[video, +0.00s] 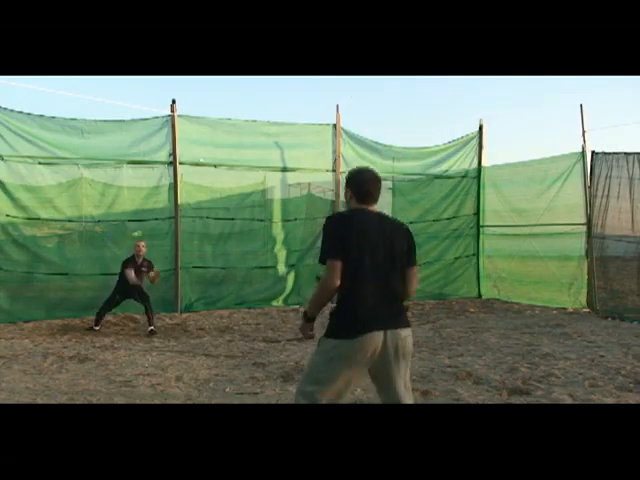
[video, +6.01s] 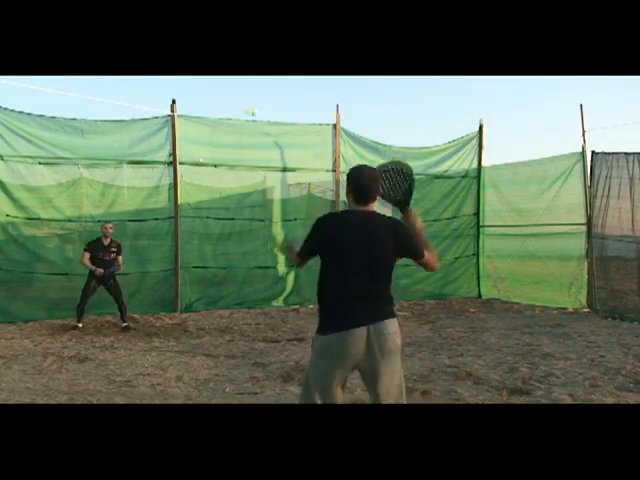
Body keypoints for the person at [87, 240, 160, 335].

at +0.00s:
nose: (140, 249)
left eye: (142, 247)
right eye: (137, 246)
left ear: (145, 249)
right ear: (134, 249)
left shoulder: (148, 264)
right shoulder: (128, 262)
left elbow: (152, 280)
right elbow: (131, 280)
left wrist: (155, 277)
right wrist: (138, 282)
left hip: (136, 290)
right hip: (122, 290)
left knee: (146, 300)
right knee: (105, 308)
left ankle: (151, 327)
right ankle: (96, 326)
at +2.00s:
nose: (97, 232)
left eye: (99, 229)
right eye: (94, 230)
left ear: (103, 230)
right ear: (92, 231)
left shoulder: (111, 245)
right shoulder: (86, 245)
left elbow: (118, 260)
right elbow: (81, 258)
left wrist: (115, 271)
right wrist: (77, 270)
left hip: (106, 275)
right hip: (92, 275)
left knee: (110, 298)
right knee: (84, 297)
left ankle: (109, 320)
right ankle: (86, 321)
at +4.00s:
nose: (100, 251)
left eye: (101, 249)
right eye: (97, 249)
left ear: (104, 251)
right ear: (94, 251)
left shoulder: (109, 264)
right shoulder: (87, 263)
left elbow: (111, 279)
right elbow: (82, 276)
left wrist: (107, 290)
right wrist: (87, 278)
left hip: (101, 290)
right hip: (87, 290)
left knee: (117, 301)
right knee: (73, 304)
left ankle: (118, 323)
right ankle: (75, 323)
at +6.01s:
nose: (108, 231)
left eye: (110, 228)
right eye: (105, 228)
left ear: (112, 230)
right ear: (101, 230)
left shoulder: (116, 246)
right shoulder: (92, 244)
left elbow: (119, 262)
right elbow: (84, 260)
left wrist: (118, 266)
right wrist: (94, 269)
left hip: (109, 275)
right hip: (95, 275)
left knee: (119, 299)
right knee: (83, 299)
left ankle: (124, 323)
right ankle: (79, 323)